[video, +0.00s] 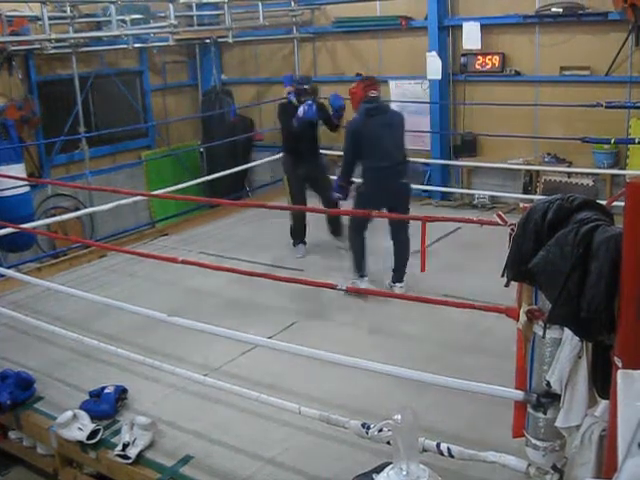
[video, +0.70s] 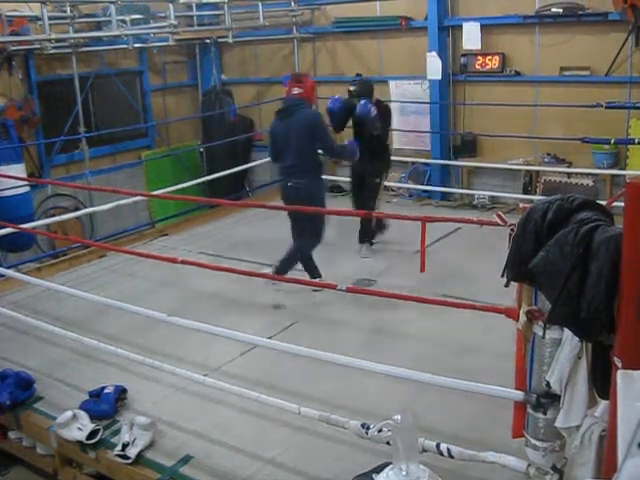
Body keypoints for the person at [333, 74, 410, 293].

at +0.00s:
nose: (351, 100)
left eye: (353, 96)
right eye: (352, 96)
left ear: (359, 97)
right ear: (378, 95)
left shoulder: (356, 124)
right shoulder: (397, 117)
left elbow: (350, 160)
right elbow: (397, 149)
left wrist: (342, 186)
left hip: (372, 185)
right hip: (398, 183)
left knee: (356, 227)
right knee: (400, 230)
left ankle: (361, 276)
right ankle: (398, 280)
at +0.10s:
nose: (346, 98)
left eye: (347, 95)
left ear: (351, 96)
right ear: (370, 94)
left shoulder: (345, 123)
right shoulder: (386, 118)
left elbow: (340, 157)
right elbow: (386, 147)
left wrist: (335, 186)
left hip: (359, 182)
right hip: (387, 182)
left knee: (344, 226)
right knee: (394, 231)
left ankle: (333, 273)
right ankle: (397, 281)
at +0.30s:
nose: (323, 96)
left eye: (324, 92)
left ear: (325, 95)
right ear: (345, 95)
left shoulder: (315, 120)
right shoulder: (359, 120)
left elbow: (313, 154)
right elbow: (365, 151)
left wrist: (322, 172)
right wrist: (357, 171)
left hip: (325, 183)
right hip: (355, 181)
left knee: (320, 232)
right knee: (375, 226)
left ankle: (318, 278)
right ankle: (391, 278)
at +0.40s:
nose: (318, 97)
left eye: (315, 93)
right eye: (324, 93)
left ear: (311, 95)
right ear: (334, 94)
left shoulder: (303, 123)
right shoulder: (347, 117)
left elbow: (301, 155)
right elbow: (358, 148)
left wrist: (320, 162)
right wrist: (356, 166)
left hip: (316, 182)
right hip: (346, 181)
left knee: (313, 228)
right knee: (361, 228)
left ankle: (317, 276)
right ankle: (369, 276)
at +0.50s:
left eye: (307, 92)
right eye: (324, 92)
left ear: (303, 94)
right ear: (325, 94)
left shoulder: (295, 121)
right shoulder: (338, 117)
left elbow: (292, 151)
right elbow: (349, 149)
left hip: (308, 180)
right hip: (335, 179)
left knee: (310, 227)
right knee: (345, 223)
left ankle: (316, 275)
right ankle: (339, 274)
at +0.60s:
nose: (319, 98)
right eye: (318, 94)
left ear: (294, 96)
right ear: (316, 95)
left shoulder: (285, 122)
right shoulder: (324, 118)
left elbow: (282, 154)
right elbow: (337, 146)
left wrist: (301, 153)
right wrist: (349, 160)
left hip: (297, 180)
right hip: (321, 179)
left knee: (305, 225)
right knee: (331, 226)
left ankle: (311, 270)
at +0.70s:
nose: (315, 94)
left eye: (314, 90)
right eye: (313, 90)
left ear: (289, 92)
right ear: (308, 92)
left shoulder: (278, 121)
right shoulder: (312, 117)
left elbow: (275, 155)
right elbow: (330, 149)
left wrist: (297, 150)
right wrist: (351, 149)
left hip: (288, 183)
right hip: (310, 183)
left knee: (300, 234)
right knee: (314, 234)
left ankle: (317, 278)